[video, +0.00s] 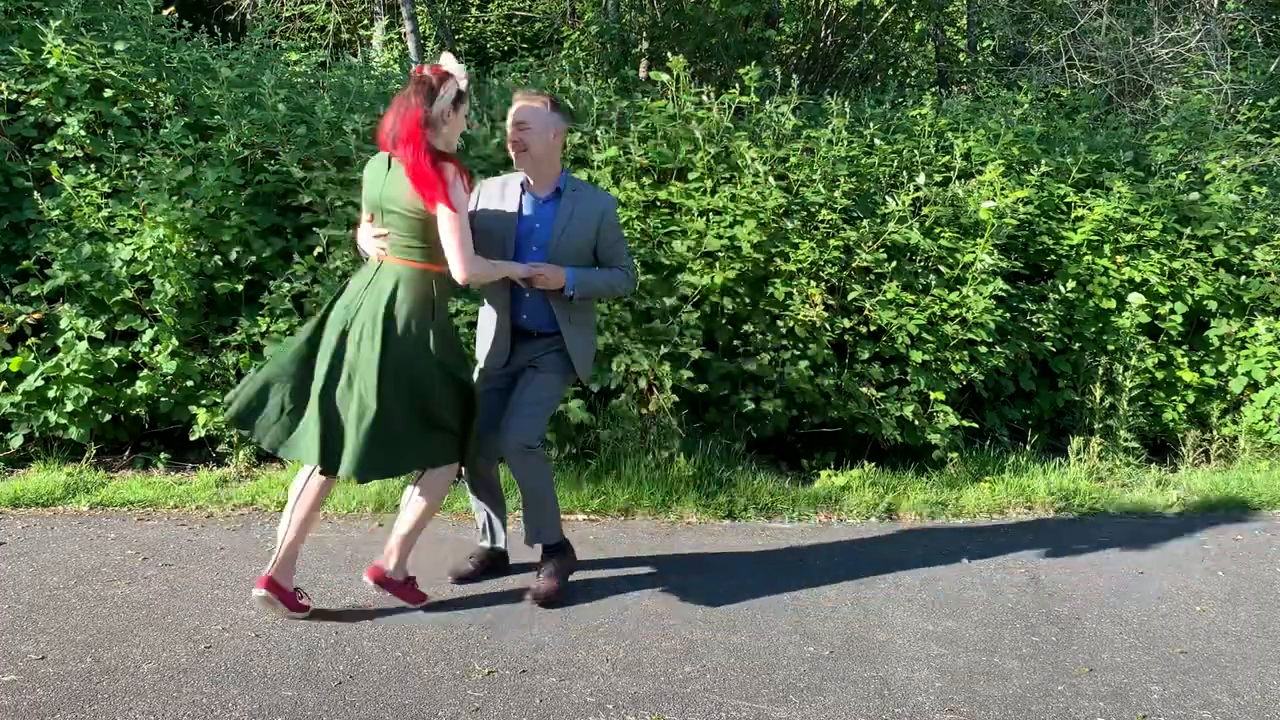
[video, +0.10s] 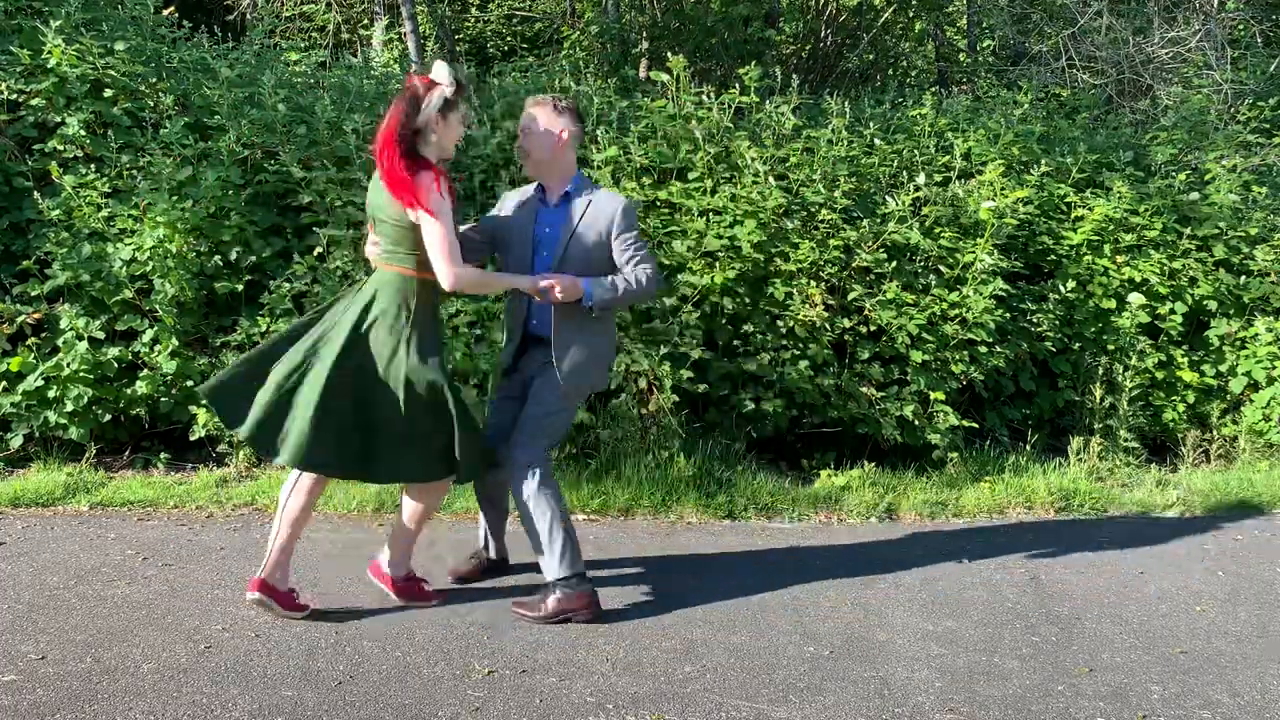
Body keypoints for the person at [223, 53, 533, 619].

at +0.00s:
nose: (466, 118)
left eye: (465, 108)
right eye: (459, 110)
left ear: (413, 116)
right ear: (435, 117)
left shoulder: (378, 165)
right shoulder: (445, 175)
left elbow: (368, 238)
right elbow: (465, 269)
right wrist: (516, 268)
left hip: (359, 305)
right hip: (410, 318)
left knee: (329, 443)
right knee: (448, 443)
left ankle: (278, 570)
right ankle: (393, 562)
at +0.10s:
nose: (465, 131)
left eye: (464, 121)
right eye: (459, 121)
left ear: (423, 122)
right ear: (433, 124)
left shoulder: (388, 170)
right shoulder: (428, 182)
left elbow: (377, 249)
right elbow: (453, 275)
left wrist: (446, 247)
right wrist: (532, 284)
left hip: (364, 309)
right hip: (403, 324)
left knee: (320, 444)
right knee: (441, 453)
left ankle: (272, 570)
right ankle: (395, 562)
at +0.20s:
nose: (476, 125)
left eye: (474, 114)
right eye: (469, 115)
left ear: (441, 120)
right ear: (442, 121)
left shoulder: (422, 168)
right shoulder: (430, 171)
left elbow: (435, 252)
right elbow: (437, 261)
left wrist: (504, 264)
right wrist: (514, 268)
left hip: (399, 310)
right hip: (421, 316)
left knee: (376, 447)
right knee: (438, 463)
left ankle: (296, 549)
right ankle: (394, 565)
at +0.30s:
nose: (497, 119)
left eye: (496, 108)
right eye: (488, 109)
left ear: (469, 114)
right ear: (460, 113)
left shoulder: (463, 167)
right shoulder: (441, 166)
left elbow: (464, 233)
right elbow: (412, 240)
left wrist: (508, 241)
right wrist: (486, 248)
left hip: (457, 319)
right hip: (438, 320)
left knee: (456, 434)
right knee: (446, 442)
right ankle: (396, 561)